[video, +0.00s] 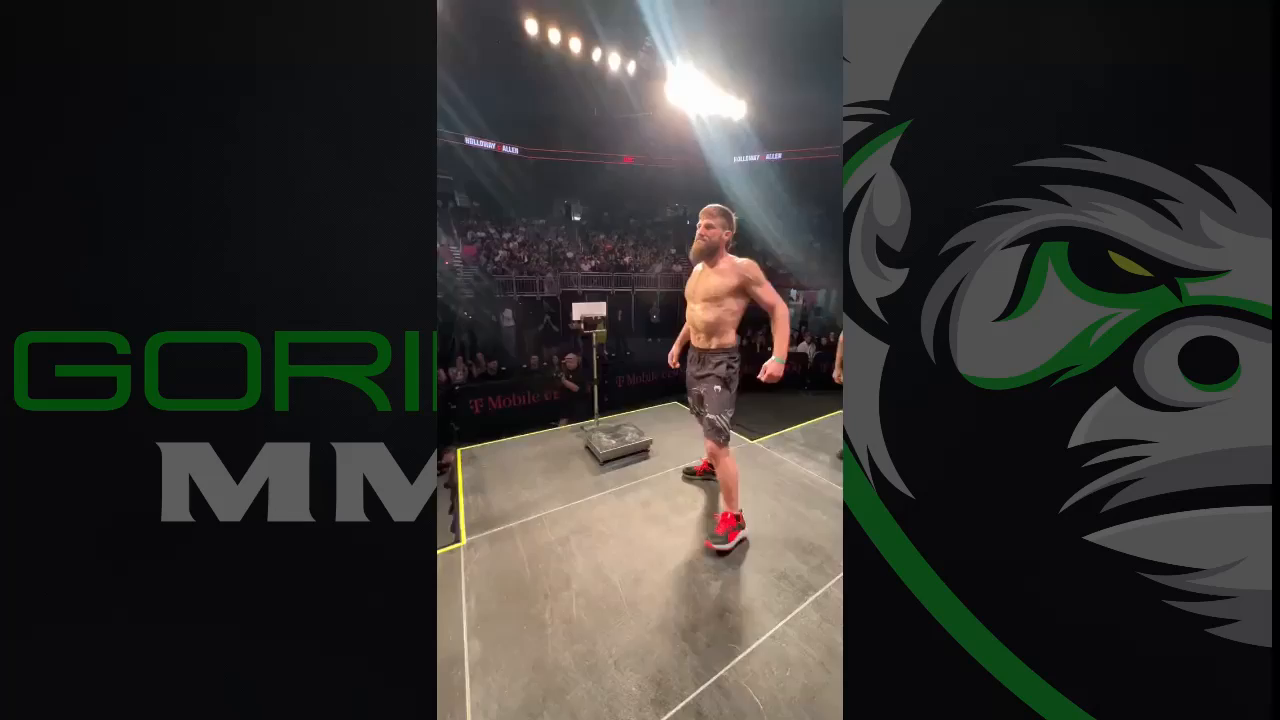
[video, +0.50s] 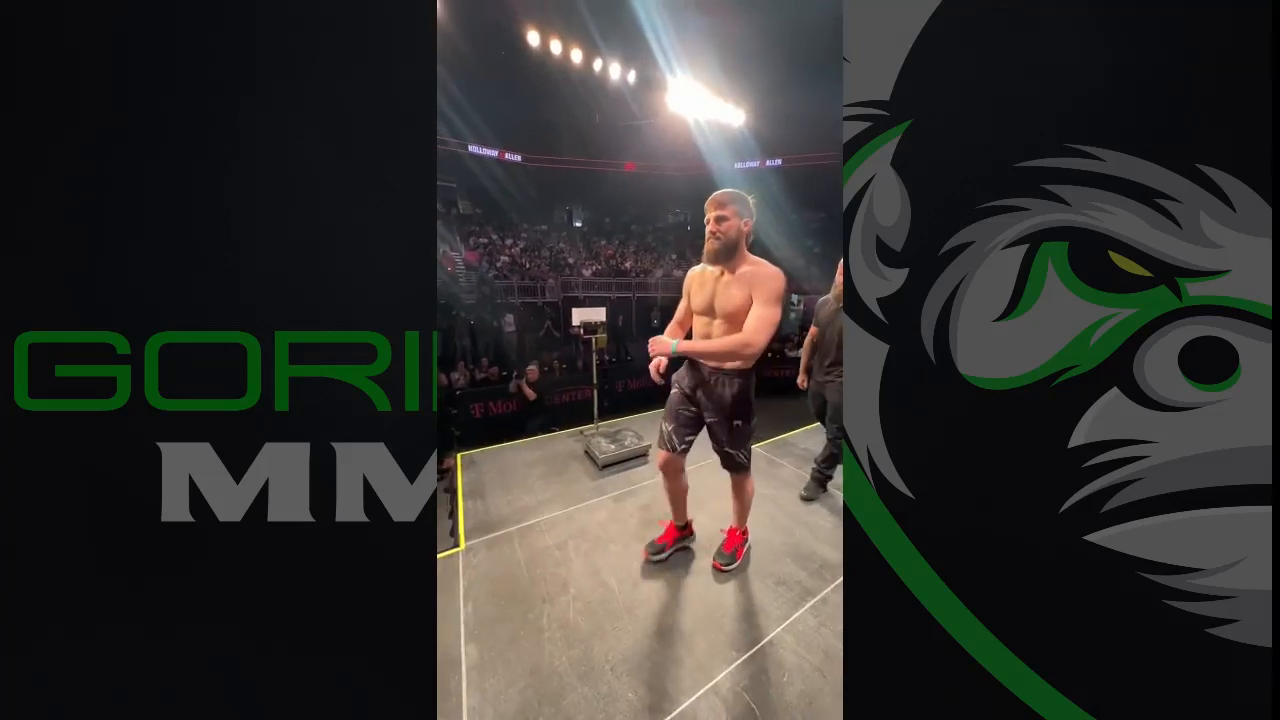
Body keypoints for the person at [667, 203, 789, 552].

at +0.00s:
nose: (701, 231)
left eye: (710, 227)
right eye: (700, 225)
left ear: (727, 235)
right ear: (698, 231)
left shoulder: (743, 269)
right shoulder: (698, 269)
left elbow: (779, 308)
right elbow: (697, 312)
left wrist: (778, 357)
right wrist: (679, 343)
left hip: (721, 361)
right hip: (695, 358)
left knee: (716, 445)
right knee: (702, 417)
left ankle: (733, 518)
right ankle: (712, 462)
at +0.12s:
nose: (707, 234)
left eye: (716, 230)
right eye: (705, 229)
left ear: (735, 238)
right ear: (703, 234)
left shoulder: (751, 282)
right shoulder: (694, 277)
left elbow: (774, 336)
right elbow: (685, 319)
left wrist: (758, 383)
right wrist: (670, 358)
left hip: (726, 371)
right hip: (693, 367)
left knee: (722, 455)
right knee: (697, 422)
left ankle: (734, 526)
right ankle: (708, 465)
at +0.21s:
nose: (711, 233)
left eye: (721, 229)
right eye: (709, 227)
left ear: (741, 237)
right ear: (706, 233)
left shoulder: (755, 284)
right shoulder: (694, 278)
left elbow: (769, 346)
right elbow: (679, 322)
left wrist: (730, 388)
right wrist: (666, 363)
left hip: (730, 373)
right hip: (694, 368)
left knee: (722, 457)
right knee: (689, 427)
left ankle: (732, 526)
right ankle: (704, 464)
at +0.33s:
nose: (713, 225)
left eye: (724, 219)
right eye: (711, 219)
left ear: (745, 227)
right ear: (708, 224)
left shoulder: (762, 274)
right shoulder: (696, 272)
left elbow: (760, 339)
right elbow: (679, 319)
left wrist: (694, 357)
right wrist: (662, 360)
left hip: (730, 377)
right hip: (692, 371)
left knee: (729, 460)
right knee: (673, 440)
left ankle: (733, 529)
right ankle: (699, 475)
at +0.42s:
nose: (712, 226)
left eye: (723, 219)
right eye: (710, 220)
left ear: (747, 225)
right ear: (708, 225)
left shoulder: (766, 274)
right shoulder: (697, 273)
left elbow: (754, 339)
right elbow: (679, 321)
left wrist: (685, 345)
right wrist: (665, 354)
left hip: (731, 377)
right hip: (691, 372)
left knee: (734, 461)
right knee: (668, 448)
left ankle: (735, 530)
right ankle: (692, 496)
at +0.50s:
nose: (710, 227)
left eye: (721, 220)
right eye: (708, 221)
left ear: (747, 226)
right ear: (706, 228)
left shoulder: (767, 277)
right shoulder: (696, 275)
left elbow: (749, 347)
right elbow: (678, 325)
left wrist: (679, 346)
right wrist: (663, 352)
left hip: (731, 383)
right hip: (690, 377)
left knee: (737, 469)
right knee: (668, 460)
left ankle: (738, 532)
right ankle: (680, 526)